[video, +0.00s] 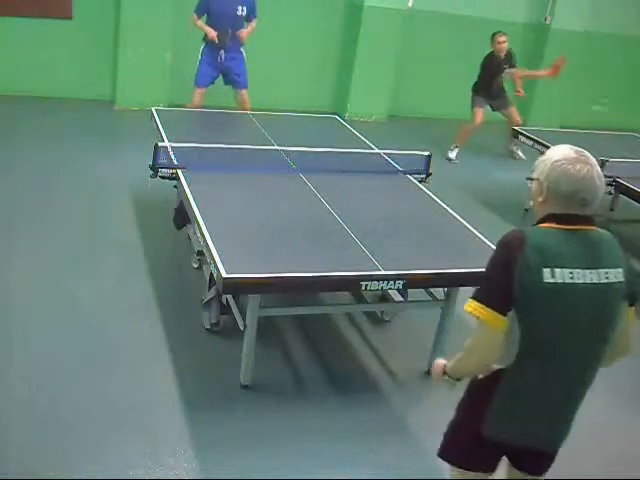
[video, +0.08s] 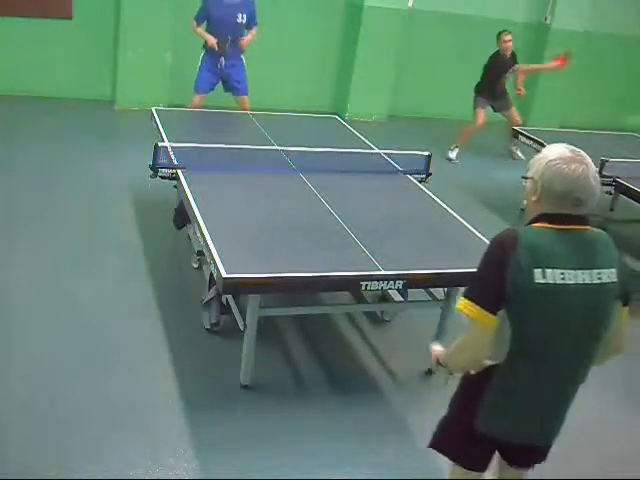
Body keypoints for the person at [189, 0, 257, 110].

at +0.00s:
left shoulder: (248, 2)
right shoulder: (208, 2)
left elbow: (252, 21)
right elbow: (196, 18)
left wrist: (246, 32)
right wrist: (208, 30)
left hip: (234, 50)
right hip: (211, 49)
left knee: (242, 91)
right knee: (199, 88)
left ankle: (247, 125)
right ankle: (192, 123)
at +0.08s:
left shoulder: (247, 4)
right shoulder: (210, 3)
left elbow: (253, 27)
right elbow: (196, 25)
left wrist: (247, 39)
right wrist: (208, 38)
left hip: (234, 58)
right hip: (211, 57)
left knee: (244, 103)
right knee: (196, 102)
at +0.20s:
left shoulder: (248, 6)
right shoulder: (211, 4)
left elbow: (253, 31)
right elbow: (200, 29)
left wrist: (246, 43)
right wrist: (211, 37)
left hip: (233, 56)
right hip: (209, 56)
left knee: (245, 101)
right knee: (195, 98)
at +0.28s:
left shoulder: (246, 6)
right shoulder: (210, 4)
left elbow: (252, 31)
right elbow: (199, 29)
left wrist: (245, 42)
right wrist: (211, 35)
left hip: (232, 56)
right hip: (207, 56)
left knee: (244, 100)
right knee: (193, 99)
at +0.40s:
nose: (224, 2)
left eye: (227, 0)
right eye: (222, 0)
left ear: (231, 1)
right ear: (218, 0)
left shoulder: (240, 14)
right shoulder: (203, 13)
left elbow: (247, 38)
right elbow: (194, 40)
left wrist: (238, 52)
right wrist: (207, 43)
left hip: (227, 65)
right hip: (202, 64)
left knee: (239, 102)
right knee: (188, 101)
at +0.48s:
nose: (222, 3)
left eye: (224, 1)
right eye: (219, 1)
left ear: (228, 2)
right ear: (214, 2)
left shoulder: (236, 17)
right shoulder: (201, 15)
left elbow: (242, 41)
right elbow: (190, 44)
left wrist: (235, 58)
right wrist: (204, 48)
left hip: (223, 67)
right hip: (199, 66)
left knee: (239, 103)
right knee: (186, 103)